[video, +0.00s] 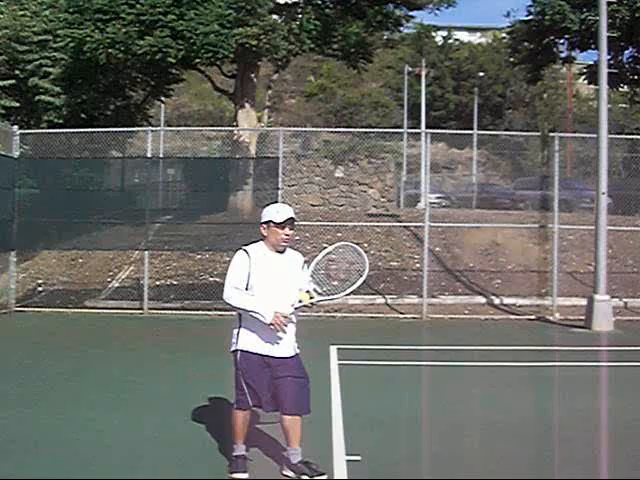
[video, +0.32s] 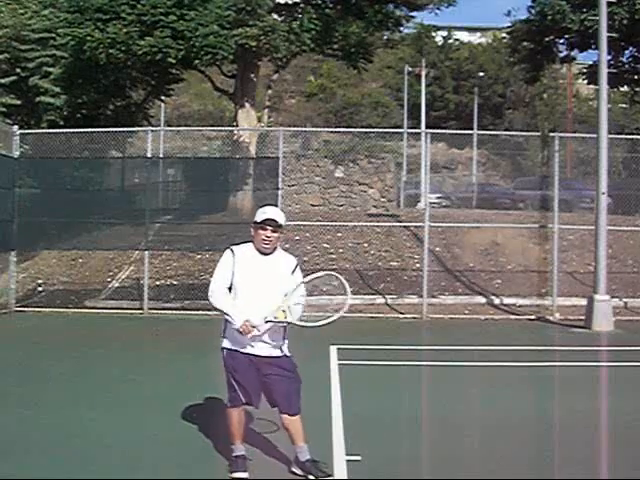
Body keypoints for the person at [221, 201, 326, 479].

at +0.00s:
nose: (289, 232)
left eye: (291, 226)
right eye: (282, 226)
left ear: (294, 229)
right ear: (265, 229)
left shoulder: (296, 259)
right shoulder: (246, 256)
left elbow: (305, 291)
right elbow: (230, 294)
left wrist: (306, 296)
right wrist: (266, 313)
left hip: (285, 346)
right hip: (251, 345)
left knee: (293, 400)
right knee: (245, 402)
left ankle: (294, 460)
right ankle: (239, 455)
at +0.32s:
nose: (268, 235)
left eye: (274, 230)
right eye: (262, 228)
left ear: (282, 234)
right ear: (253, 229)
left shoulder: (289, 264)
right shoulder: (234, 255)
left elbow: (296, 305)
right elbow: (215, 293)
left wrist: (276, 316)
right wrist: (239, 319)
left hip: (275, 349)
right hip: (238, 347)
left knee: (289, 402)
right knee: (238, 401)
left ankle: (303, 459)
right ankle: (238, 455)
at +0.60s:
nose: (270, 235)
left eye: (277, 231)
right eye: (266, 228)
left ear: (286, 238)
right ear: (257, 230)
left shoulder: (292, 271)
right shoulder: (238, 254)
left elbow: (291, 317)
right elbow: (213, 290)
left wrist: (277, 353)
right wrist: (202, 327)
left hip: (273, 350)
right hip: (236, 346)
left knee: (289, 405)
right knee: (237, 401)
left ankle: (302, 457)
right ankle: (238, 455)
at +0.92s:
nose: (282, 231)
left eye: (289, 228)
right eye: (279, 225)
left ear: (298, 235)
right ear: (272, 227)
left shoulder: (304, 270)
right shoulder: (252, 253)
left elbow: (314, 316)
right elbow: (218, 276)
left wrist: (325, 354)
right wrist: (183, 295)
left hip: (285, 351)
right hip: (248, 344)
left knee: (301, 406)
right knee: (243, 400)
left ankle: (304, 460)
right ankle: (239, 455)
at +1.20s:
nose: (302, 231)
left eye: (309, 228)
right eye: (299, 225)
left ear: (318, 235)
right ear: (291, 229)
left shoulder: (329, 261)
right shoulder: (273, 259)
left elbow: (360, 261)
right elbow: (240, 270)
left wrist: (385, 246)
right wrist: (205, 258)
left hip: (314, 349)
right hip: (276, 348)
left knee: (320, 407)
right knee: (263, 405)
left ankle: (307, 459)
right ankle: (248, 451)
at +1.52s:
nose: (318, 245)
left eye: (325, 242)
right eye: (313, 240)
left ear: (333, 249)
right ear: (304, 246)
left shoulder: (346, 272)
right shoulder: (287, 274)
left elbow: (374, 254)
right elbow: (250, 284)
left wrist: (375, 218)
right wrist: (250, 250)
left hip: (339, 357)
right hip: (304, 359)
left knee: (338, 425)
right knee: (311, 424)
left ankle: (307, 461)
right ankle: (288, 453)